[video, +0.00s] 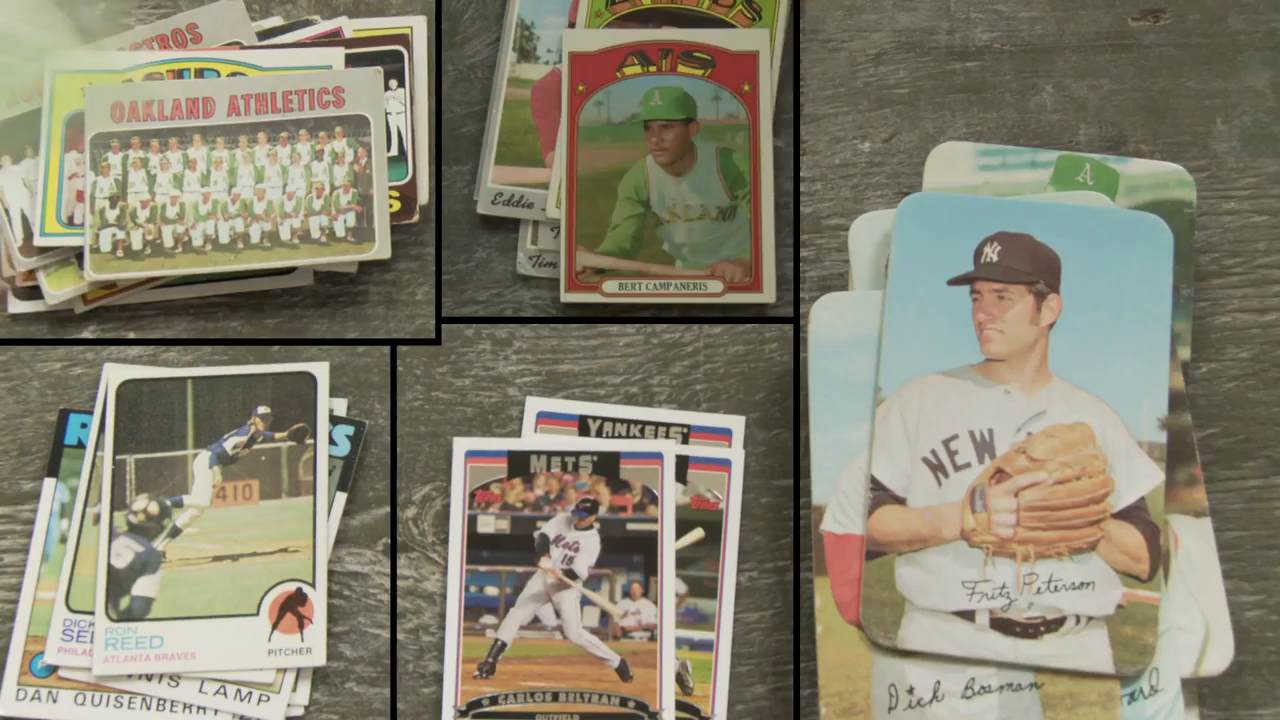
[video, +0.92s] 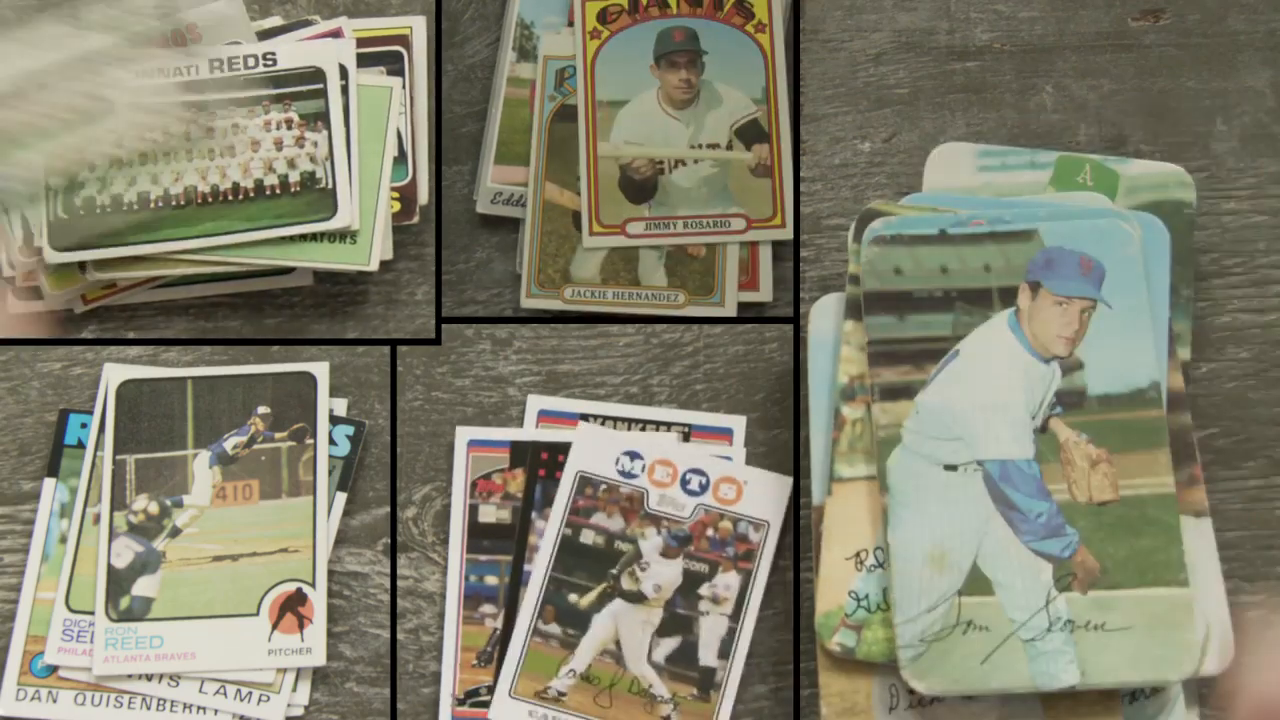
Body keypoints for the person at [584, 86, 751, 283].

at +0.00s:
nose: (655, 139)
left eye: (666, 128)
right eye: (649, 129)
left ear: (692, 129)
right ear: (644, 133)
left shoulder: (732, 165)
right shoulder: (638, 180)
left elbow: (771, 224)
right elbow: (623, 238)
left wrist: (745, 262)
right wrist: (594, 263)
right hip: (686, 275)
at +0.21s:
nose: (656, 140)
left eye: (666, 128)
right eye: (649, 130)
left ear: (691, 128)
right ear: (643, 133)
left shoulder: (725, 165)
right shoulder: (638, 180)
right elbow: (622, 241)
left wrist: (744, 262)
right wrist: (593, 262)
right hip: (686, 272)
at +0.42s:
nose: (637, 136)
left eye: (645, 129)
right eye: (630, 129)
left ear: (652, 130)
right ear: (616, 131)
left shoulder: (677, 153)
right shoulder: (598, 158)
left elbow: (700, 209)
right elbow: (582, 223)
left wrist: (694, 233)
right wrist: (600, 221)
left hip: (662, 204)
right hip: (616, 202)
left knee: (653, 274)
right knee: (584, 273)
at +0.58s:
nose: (638, 136)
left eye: (645, 129)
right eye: (630, 129)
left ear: (652, 130)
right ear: (616, 131)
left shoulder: (677, 153)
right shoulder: (598, 159)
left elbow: (700, 209)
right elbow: (583, 223)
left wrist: (695, 233)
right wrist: (600, 221)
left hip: (662, 204)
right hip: (616, 201)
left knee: (653, 274)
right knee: (584, 273)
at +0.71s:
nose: (686, 76)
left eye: (693, 66)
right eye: (675, 67)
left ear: (703, 67)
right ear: (657, 71)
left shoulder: (731, 101)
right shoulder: (635, 118)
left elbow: (767, 168)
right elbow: (637, 197)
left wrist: (768, 156)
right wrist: (642, 180)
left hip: (722, 207)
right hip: (665, 211)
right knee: (649, 270)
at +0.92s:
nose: (685, 76)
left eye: (692, 65)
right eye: (673, 66)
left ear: (701, 67)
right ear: (655, 70)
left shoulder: (728, 101)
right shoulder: (633, 117)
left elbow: (764, 167)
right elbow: (634, 196)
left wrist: (765, 158)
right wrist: (638, 179)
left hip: (720, 208)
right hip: (663, 212)